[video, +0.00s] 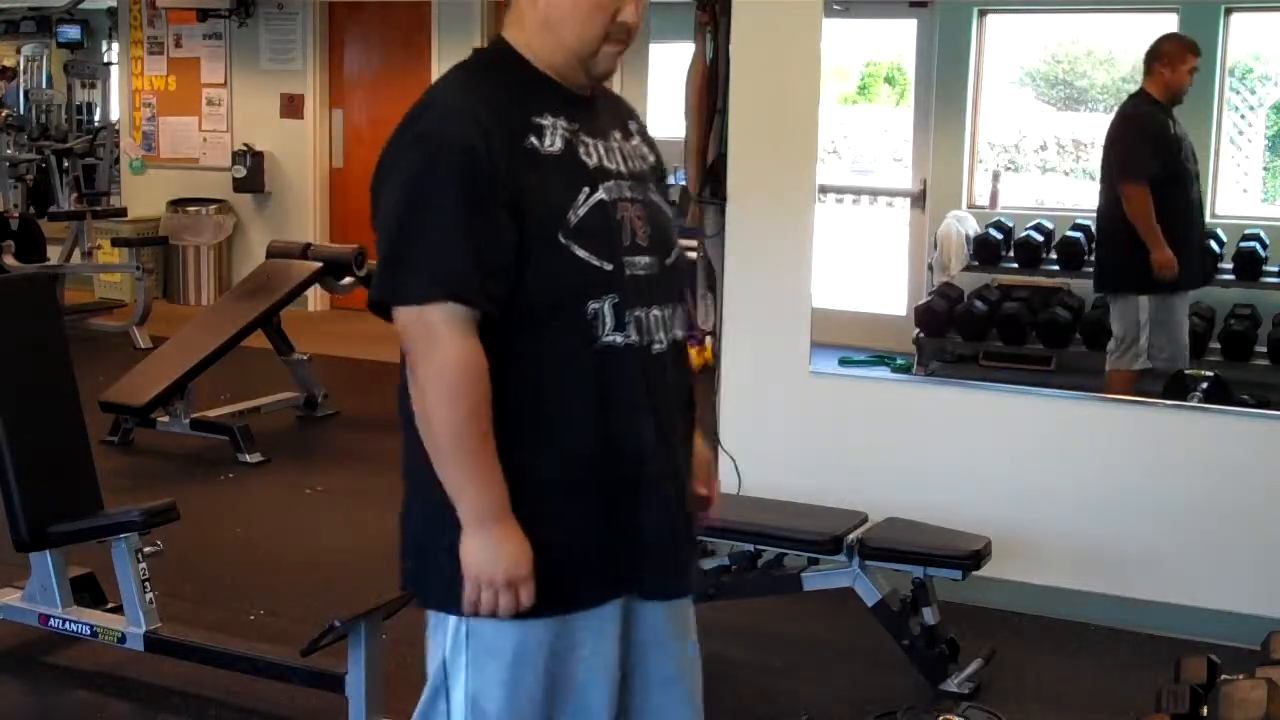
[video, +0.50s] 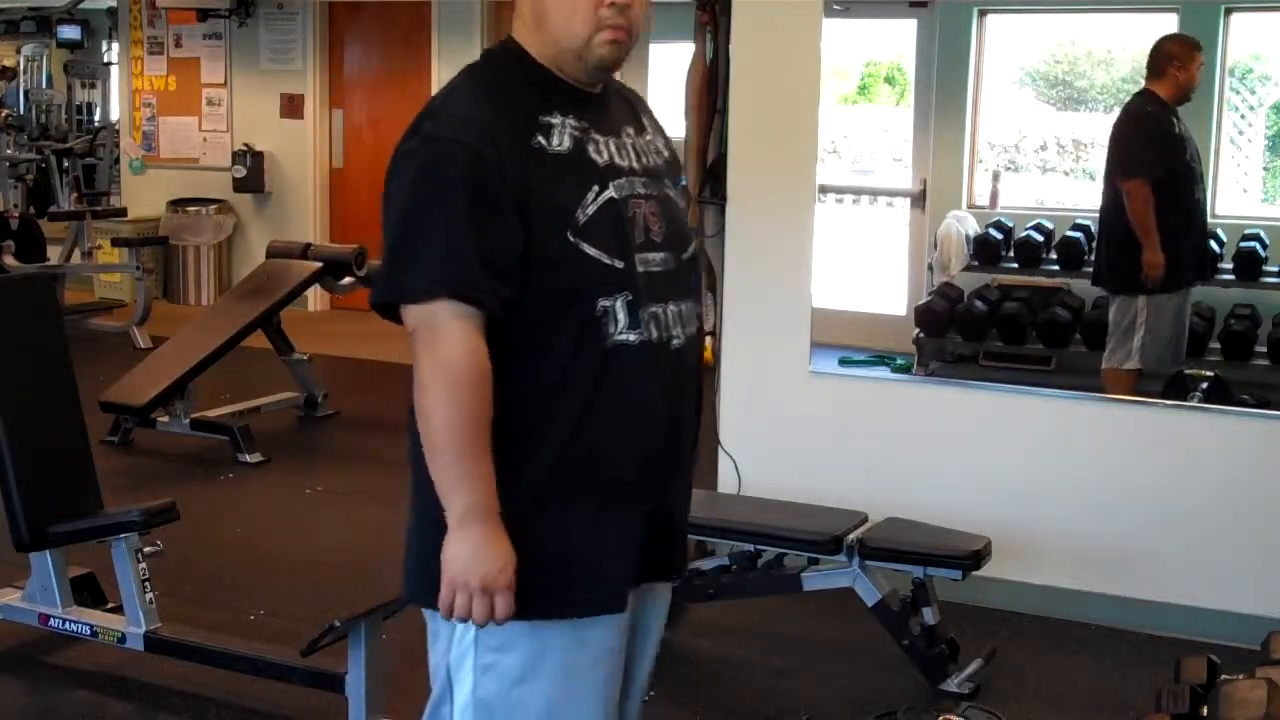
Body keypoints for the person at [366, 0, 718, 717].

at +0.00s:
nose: (632, 15)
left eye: (637, 1)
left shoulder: (623, 123)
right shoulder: (456, 123)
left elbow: (648, 310)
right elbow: (434, 329)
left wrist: (686, 436)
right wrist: (484, 519)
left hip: (645, 535)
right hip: (523, 554)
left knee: (660, 711)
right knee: (508, 713)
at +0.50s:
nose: (624, 3)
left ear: (648, 7)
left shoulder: (634, 116)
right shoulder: (465, 129)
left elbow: (655, 311)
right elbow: (442, 328)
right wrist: (471, 520)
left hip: (638, 534)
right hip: (527, 552)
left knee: (604, 707)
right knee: (522, 709)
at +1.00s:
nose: (683, 21)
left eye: (688, 3)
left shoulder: (680, 128)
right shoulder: (498, 130)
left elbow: (704, 302)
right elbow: (466, 324)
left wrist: (741, 419)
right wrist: (504, 504)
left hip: (681, 521)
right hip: (559, 538)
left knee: (674, 712)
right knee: (534, 712)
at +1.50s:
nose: (666, 61)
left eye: (675, 39)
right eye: (657, 34)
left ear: (586, 13)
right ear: (583, 8)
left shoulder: (621, 134)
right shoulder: (472, 138)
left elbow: (620, 322)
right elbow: (443, 353)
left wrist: (660, 448)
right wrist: (486, 542)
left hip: (634, 549)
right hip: (514, 572)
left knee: (658, 695)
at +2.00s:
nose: (719, 105)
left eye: (738, 84)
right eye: (710, 74)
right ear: (646, 21)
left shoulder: (692, 147)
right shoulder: (516, 140)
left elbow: (693, 317)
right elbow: (459, 323)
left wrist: (700, 441)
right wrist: (470, 505)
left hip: (652, 544)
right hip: (524, 558)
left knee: (648, 707)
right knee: (516, 709)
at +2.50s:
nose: (695, 112)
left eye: (713, 93)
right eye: (688, 83)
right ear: (624, 31)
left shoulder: (653, 153)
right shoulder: (484, 148)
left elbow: (648, 321)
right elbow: (421, 341)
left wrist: (668, 442)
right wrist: (429, 525)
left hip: (622, 554)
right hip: (491, 571)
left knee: (626, 709)